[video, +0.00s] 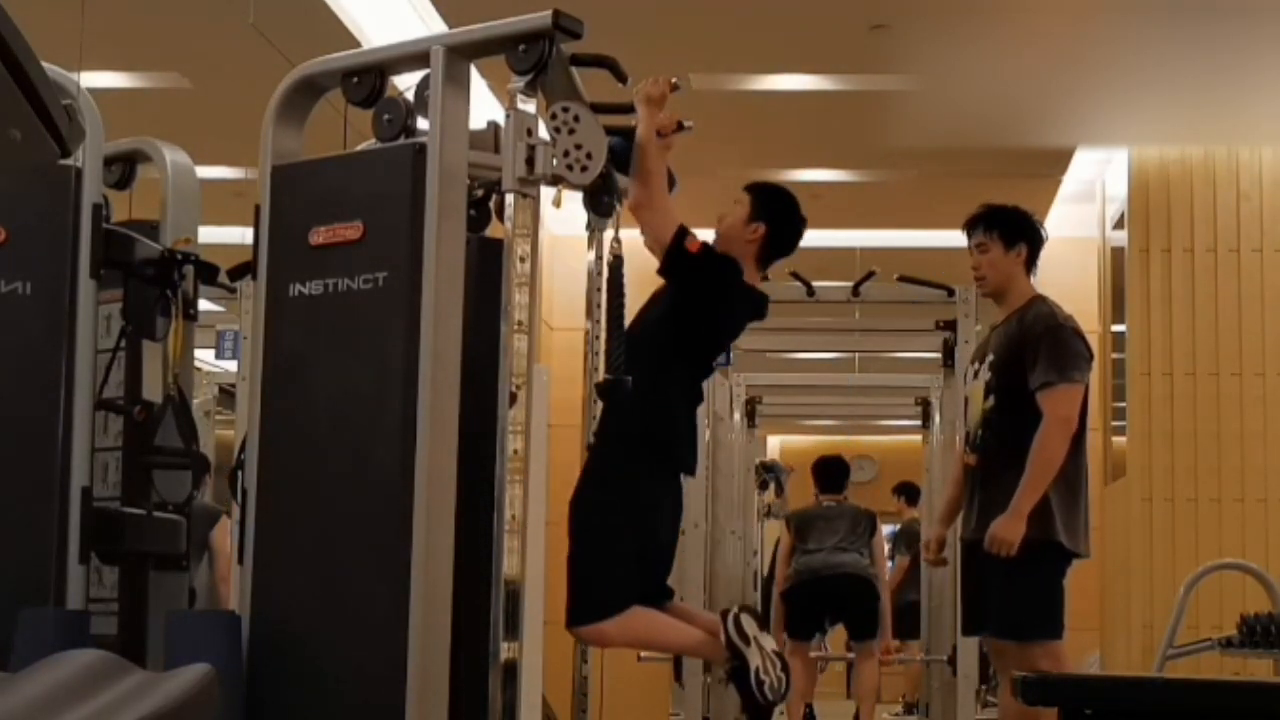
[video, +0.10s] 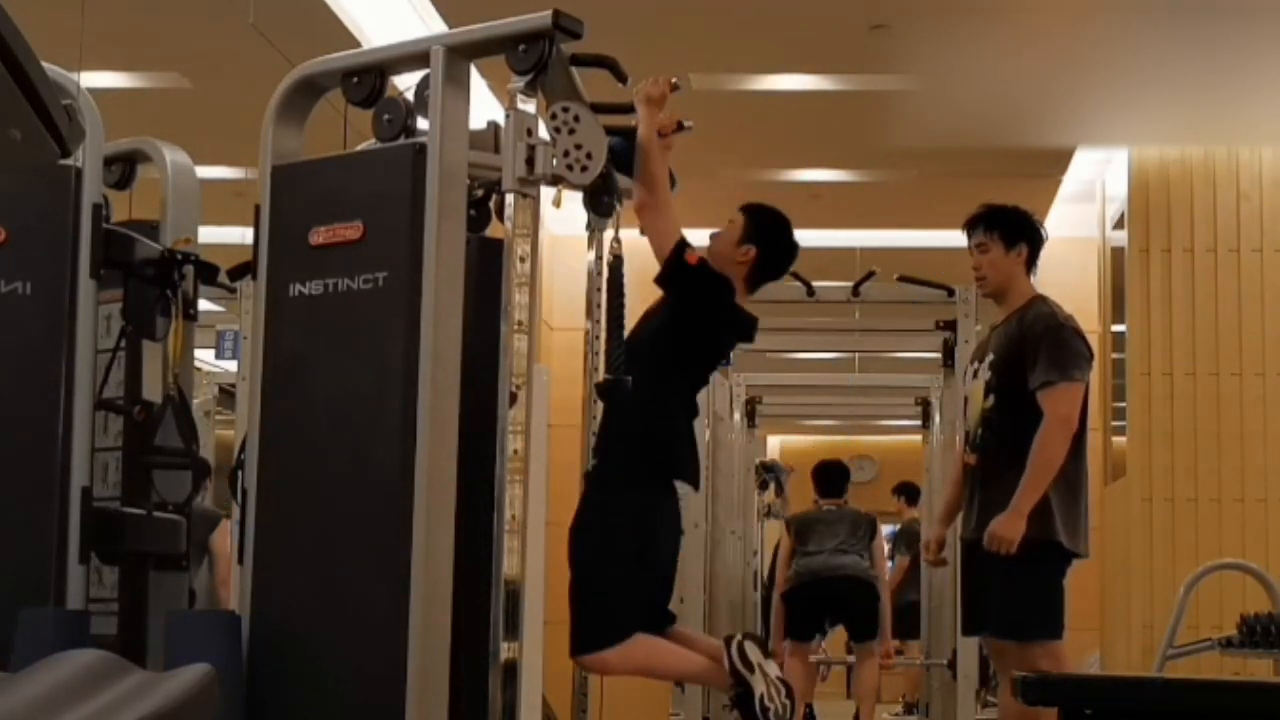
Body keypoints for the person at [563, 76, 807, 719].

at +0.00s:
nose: (721, 213)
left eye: (733, 209)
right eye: (729, 207)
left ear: (755, 231)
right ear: (759, 237)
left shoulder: (715, 279)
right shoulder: (724, 284)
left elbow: (651, 208)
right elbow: (654, 215)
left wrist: (646, 124)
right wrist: (658, 138)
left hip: (630, 456)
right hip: (652, 457)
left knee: (595, 619)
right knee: (637, 600)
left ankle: (727, 650)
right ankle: (731, 632)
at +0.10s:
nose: (715, 230)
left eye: (728, 227)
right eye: (726, 224)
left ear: (746, 253)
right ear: (748, 256)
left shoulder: (705, 294)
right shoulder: (713, 297)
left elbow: (652, 207)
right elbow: (655, 213)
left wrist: (646, 125)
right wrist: (658, 135)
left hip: (626, 484)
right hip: (648, 484)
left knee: (600, 649)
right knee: (640, 627)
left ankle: (732, 674)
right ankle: (736, 662)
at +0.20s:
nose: (702, 244)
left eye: (717, 242)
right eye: (715, 238)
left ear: (732, 269)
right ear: (735, 275)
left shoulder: (695, 309)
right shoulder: (699, 312)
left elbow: (651, 204)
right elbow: (652, 210)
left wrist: (645, 121)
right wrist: (658, 137)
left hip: (619, 510)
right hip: (639, 509)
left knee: (603, 667)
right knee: (647, 650)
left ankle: (734, 692)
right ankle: (742, 675)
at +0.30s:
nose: (691, 251)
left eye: (705, 250)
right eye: (703, 247)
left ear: (719, 276)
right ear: (724, 282)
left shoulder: (684, 314)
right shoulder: (686, 318)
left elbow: (649, 207)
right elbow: (650, 211)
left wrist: (646, 124)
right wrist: (657, 135)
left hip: (616, 519)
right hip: (633, 517)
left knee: (604, 678)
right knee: (646, 657)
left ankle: (733, 700)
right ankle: (741, 683)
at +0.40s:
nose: (692, 251)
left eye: (706, 252)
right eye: (704, 248)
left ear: (717, 279)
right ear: (719, 283)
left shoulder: (680, 317)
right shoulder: (676, 318)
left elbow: (647, 206)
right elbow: (646, 212)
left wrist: (645, 122)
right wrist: (656, 135)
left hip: (613, 520)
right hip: (627, 518)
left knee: (603, 679)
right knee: (642, 659)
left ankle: (732, 700)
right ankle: (739, 682)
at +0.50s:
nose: (694, 253)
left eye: (709, 253)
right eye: (708, 250)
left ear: (725, 280)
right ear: (726, 283)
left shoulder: (686, 315)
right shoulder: (683, 314)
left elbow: (645, 207)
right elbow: (646, 213)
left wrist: (645, 124)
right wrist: (657, 137)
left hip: (605, 510)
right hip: (620, 509)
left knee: (595, 668)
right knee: (634, 649)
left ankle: (730, 683)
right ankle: (738, 671)